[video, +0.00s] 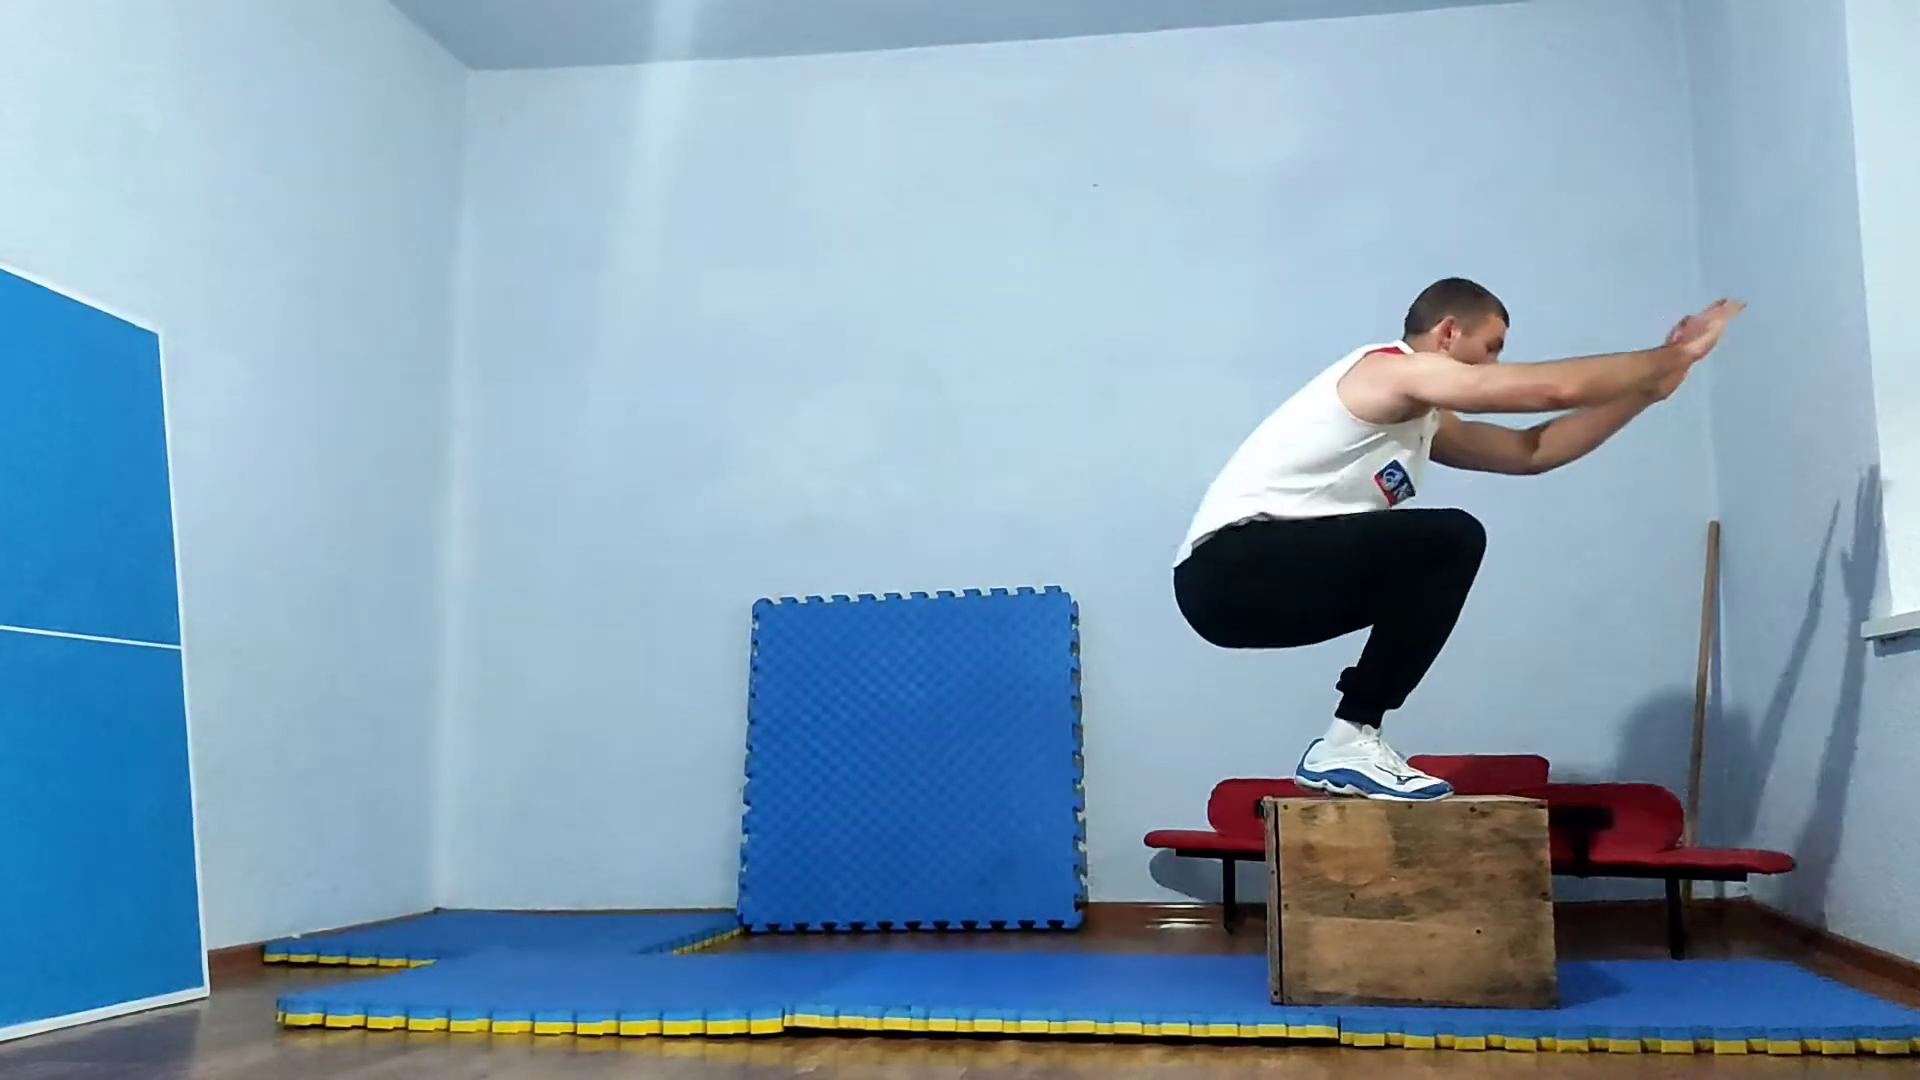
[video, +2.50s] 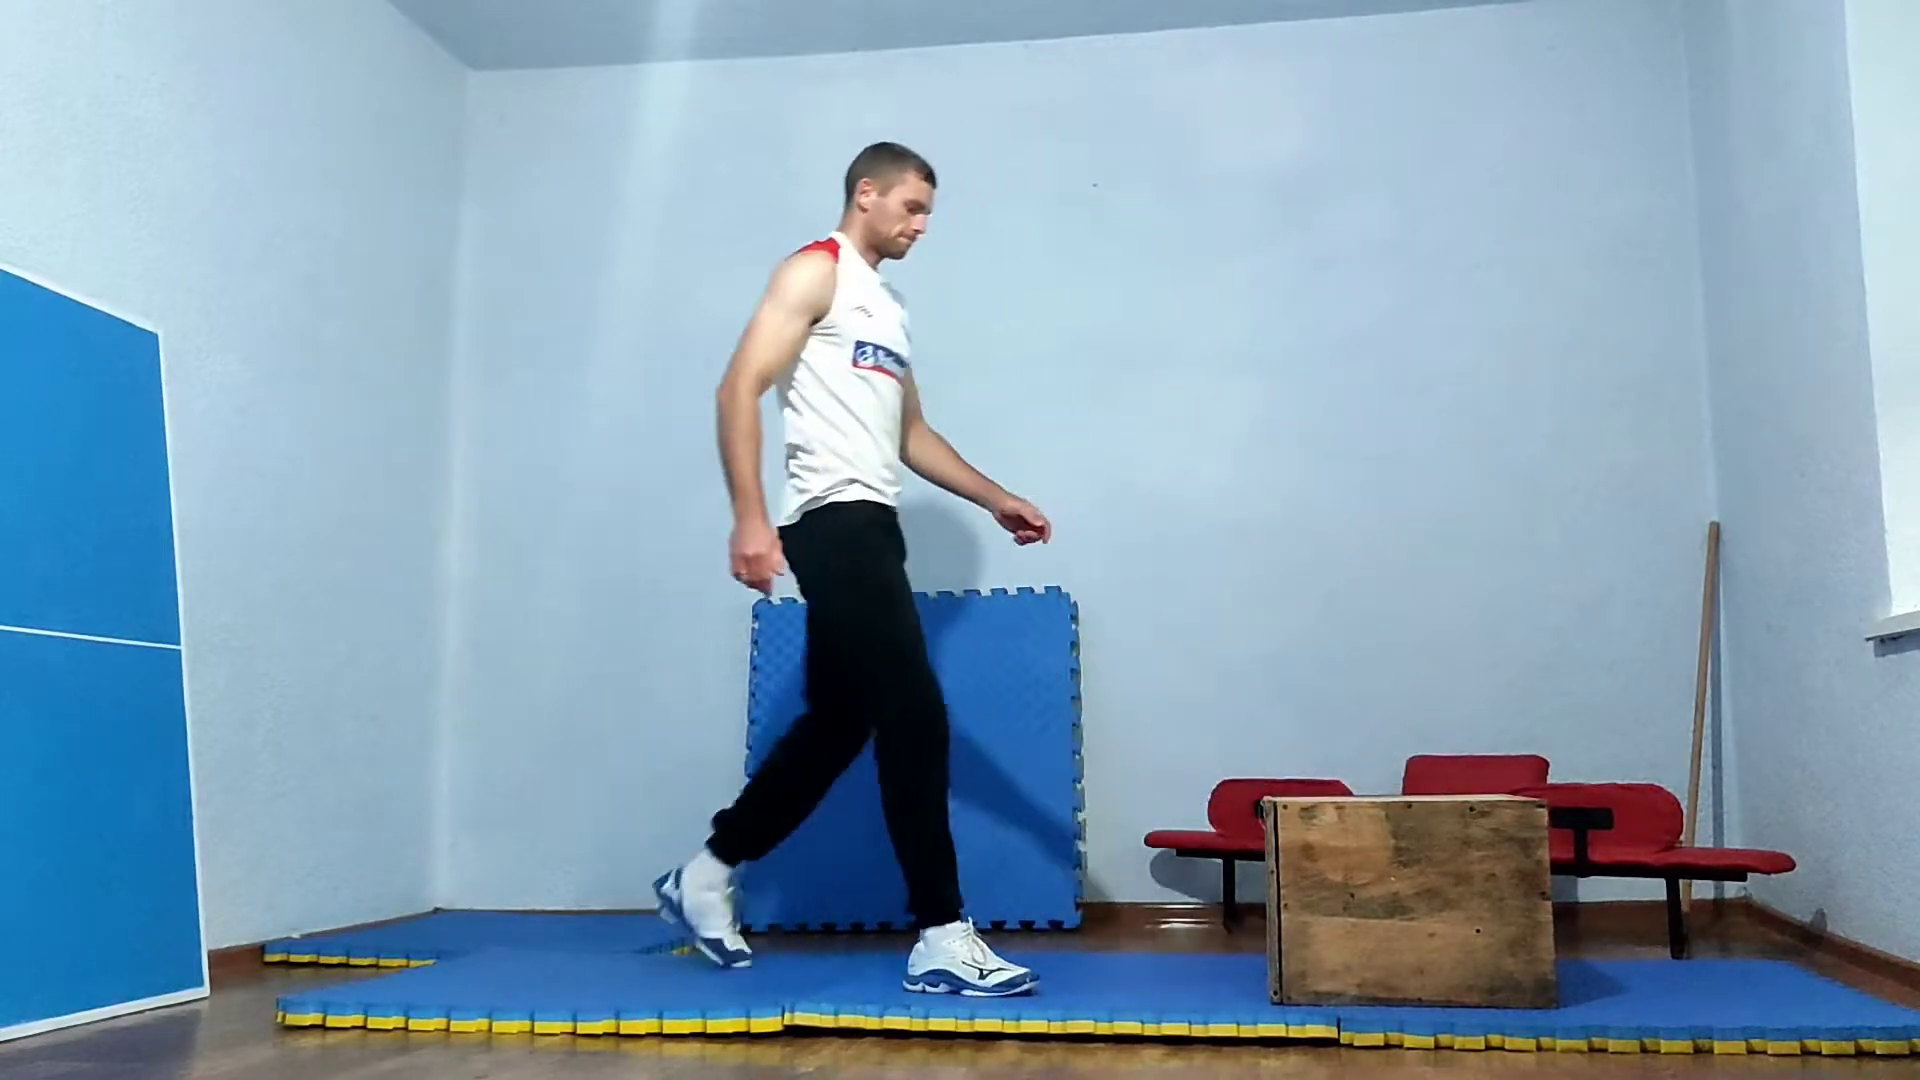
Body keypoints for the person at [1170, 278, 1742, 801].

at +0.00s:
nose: (1495, 366)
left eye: (1498, 354)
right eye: (1490, 350)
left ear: (1442, 334)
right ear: (1448, 333)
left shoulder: (1418, 421)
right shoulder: (1395, 372)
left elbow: (1533, 450)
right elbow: (1555, 391)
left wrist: (1652, 382)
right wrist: (1672, 357)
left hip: (1256, 578)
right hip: (1232, 569)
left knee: (1451, 543)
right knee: (1447, 540)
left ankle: (1354, 741)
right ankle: (1347, 744)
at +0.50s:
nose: (1503, 240)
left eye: (1507, 229)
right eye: (1498, 223)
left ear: (1450, 214)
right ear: (1456, 207)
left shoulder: (1417, 310)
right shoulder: (1407, 245)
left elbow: (1519, 366)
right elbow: (1564, 283)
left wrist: (1643, 339)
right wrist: (1693, 274)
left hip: (1254, 452)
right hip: (1244, 441)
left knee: (1434, 547)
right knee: (1440, 542)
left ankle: (1347, 746)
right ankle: (1342, 748)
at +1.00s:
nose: (1420, 18)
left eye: (1423, 7)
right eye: (1415, 3)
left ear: (1373, 7)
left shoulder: (1347, 75)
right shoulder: (1325, 55)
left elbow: (1299, 213)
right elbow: (1295, 184)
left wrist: (1256, 347)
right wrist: (1295, 317)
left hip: (1331, 307)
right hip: (1322, 303)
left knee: (1353, 523)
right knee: (1349, 522)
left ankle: (1337, 740)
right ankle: (1332, 745)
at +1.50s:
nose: (1400, 85)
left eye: (1408, 73)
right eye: (1397, 64)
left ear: (1358, 49)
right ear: (1353, 41)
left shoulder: (1333, 152)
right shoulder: (1289, 90)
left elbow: (1306, 300)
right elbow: (1261, 209)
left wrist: (1382, 366)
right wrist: (1373, 285)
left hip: (1269, 343)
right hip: (1225, 322)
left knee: (1362, 536)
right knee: (1322, 512)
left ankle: (1334, 743)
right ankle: (1192, 685)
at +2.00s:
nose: (1167, 224)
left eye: (1174, 210)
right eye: (1164, 204)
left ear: (1129, 193)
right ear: (1116, 184)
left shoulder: (1091, 273)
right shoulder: (1058, 255)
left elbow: (1045, 416)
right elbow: (1075, 402)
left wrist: (989, 520)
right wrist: (1186, 491)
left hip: (1092, 507)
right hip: (1036, 513)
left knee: (1254, 541)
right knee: (1037, 715)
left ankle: (1327, 739)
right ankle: (949, 935)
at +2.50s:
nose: (921, 225)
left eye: (927, 213)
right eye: (914, 207)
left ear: (898, 212)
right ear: (864, 196)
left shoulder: (881, 304)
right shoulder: (814, 271)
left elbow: (911, 434)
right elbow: (739, 387)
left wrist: (995, 498)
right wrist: (751, 519)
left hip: (869, 522)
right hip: (837, 519)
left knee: (840, 719)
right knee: (915, 715)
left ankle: (707, 874)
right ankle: (943, 934)